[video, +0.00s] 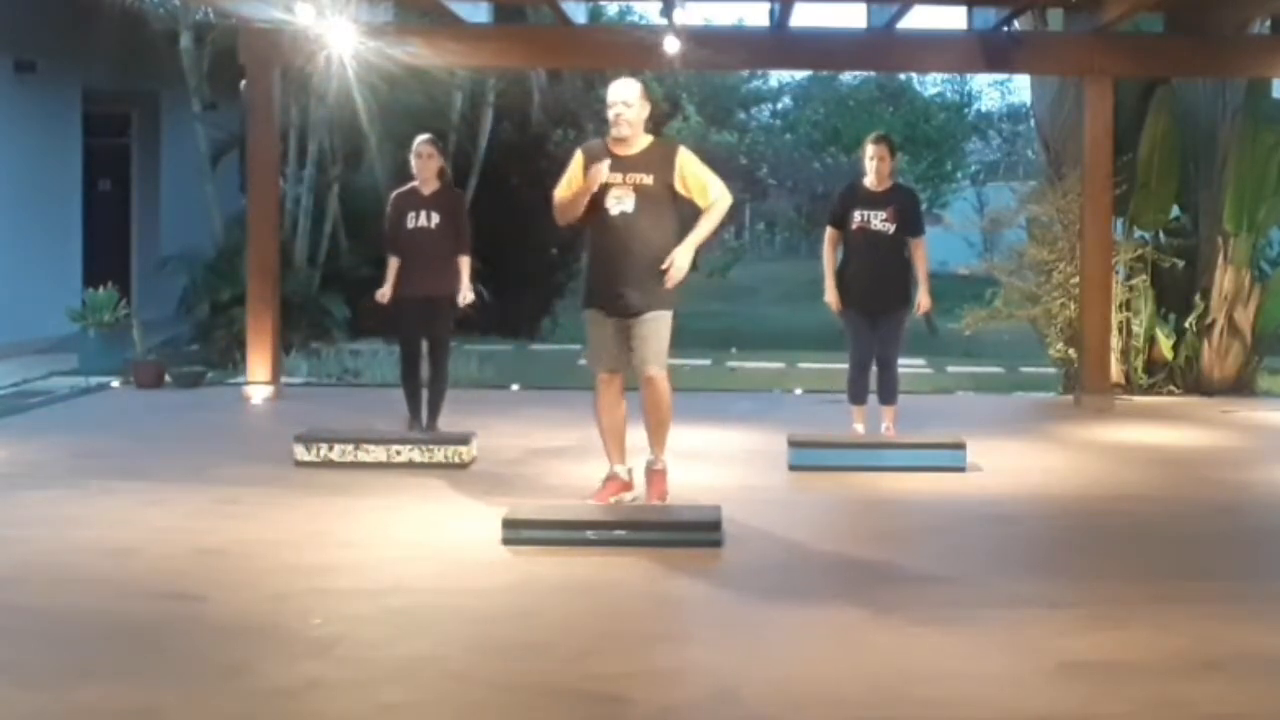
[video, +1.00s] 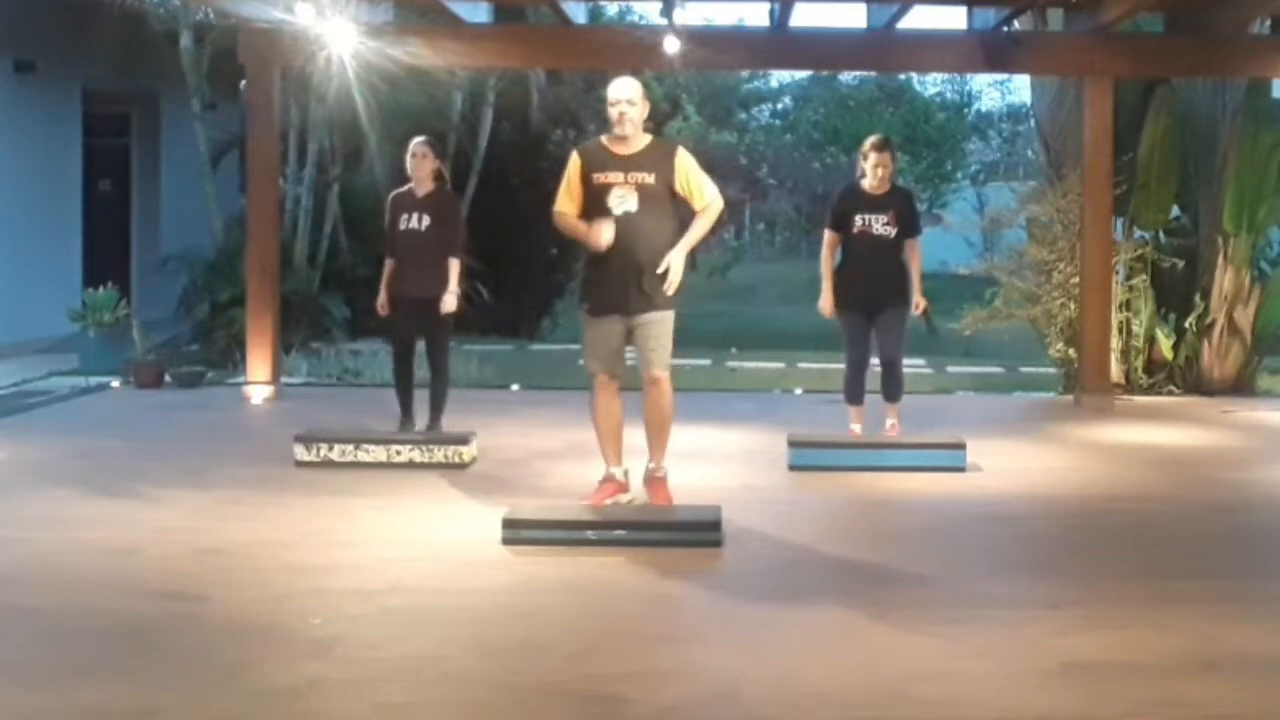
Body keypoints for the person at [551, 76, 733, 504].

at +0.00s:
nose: (616, 114)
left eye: (625, 106)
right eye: (611, 106)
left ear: (645, 111)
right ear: (605, 112)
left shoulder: (672, 156)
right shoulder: (589, 156)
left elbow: (721, 198)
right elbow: (562, 214)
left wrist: (687, 248)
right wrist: (588, 187)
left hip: (652, 290)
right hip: (602, 290)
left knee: (652, 375)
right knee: (607, 379)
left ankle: (657, 465)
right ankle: (618, 473)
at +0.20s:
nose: (624, 110)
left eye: (632, 103)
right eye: (618, 103)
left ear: (650, 109)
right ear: (609, 109)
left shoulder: (675, 158)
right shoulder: (589, 158)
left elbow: (713, 208)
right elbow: (568, 212)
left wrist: (673, 242)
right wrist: (589, 236)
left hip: (655, 289)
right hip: (605, 289)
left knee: (655, 379)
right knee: (607, 379)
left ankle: (656, 474)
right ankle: (617, 472)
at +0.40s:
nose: (633, 113)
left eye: (641, 106)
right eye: (626, 106)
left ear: (658, 110)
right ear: (618, 111)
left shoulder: (679, 157)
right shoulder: (601, 155)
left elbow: (697, 214)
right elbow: (578, 206)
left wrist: (643, 183)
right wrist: (581, 248)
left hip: (659, 292)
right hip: (605, 288)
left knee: (661, 380)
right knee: (592, 368)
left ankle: (656, 474)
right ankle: (601, 456)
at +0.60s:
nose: (629, 111)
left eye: (637, 104)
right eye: (623, 104)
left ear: (655, 109)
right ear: (615, 110)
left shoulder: (678, 157)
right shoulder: (598, 157)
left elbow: (699, 216)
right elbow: (579, 211)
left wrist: (643, 207)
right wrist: (582, 248)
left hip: (660, 291)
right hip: (606, 288)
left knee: (659, 381)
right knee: (597, 377)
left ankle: (656, 475)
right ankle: (609, 465)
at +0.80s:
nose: (619, 110)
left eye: (628, 102)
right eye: (613, 103)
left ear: (645, 108)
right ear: (605, 109)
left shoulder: (671, 156)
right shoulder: (585, 157)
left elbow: (713, 205)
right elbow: (563, 216)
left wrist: (679, 248)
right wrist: (594, 215)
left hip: (654, 288)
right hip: (603, 288)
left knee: (656, 378)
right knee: (605, 379)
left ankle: (657, 473)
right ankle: (614, 474)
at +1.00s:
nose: (620, 110)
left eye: (628, 103)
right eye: (614, 103)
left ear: (645, 108)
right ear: (605, 109)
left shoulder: (672, 156)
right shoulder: (584, 158)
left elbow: (712, 202)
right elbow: (562, 213)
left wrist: (681, 249)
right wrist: (587, 233)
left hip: (655, 290)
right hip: (603, 291)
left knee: (657, 377)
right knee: (605, 381)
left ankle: (657, 470)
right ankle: (614, 474)